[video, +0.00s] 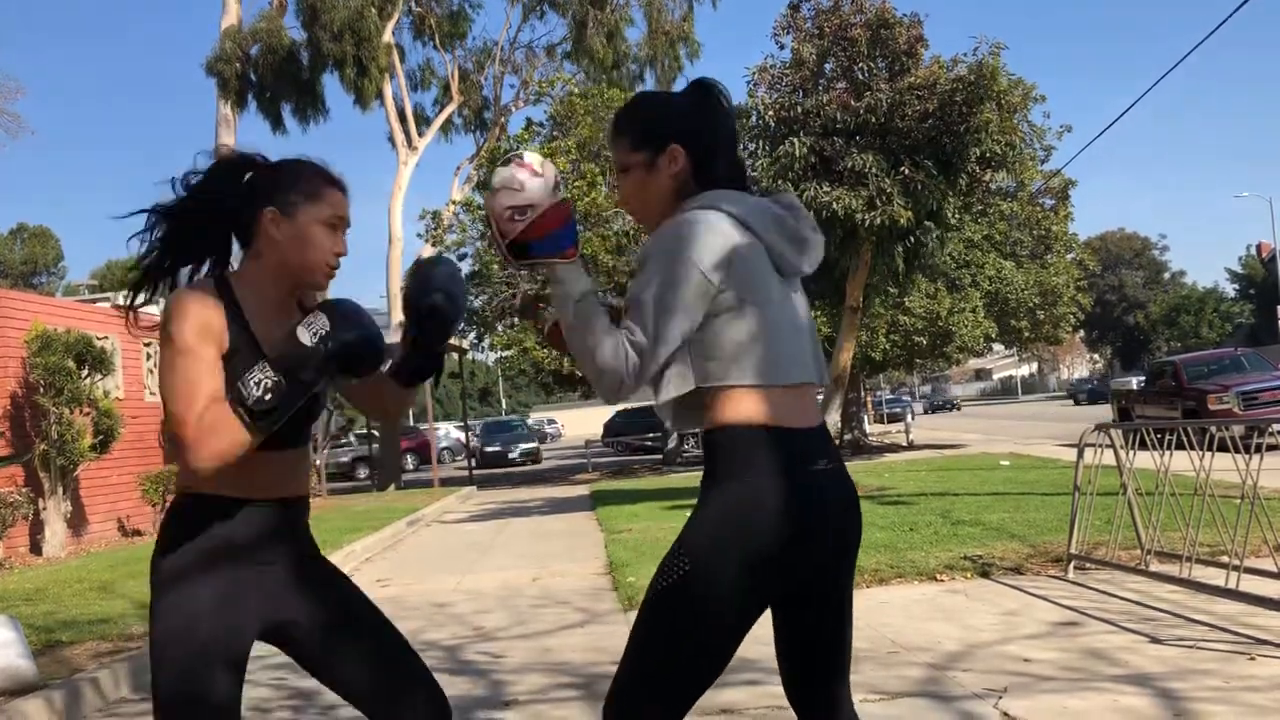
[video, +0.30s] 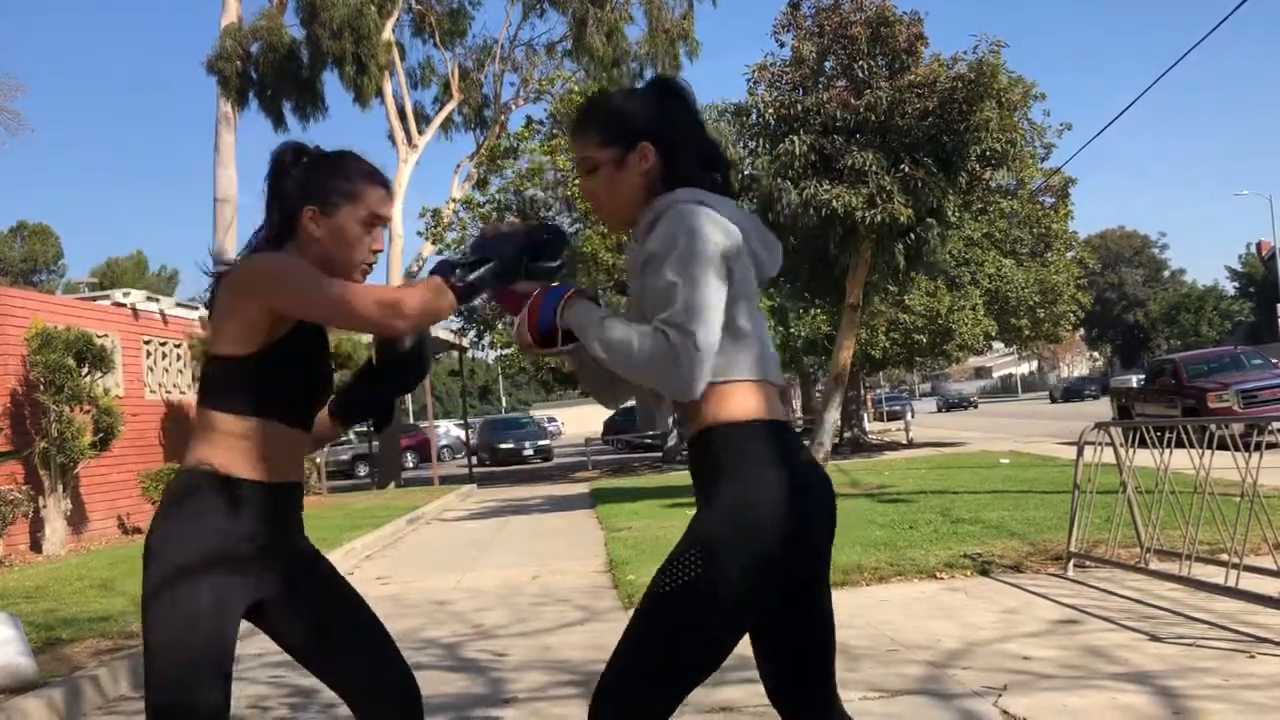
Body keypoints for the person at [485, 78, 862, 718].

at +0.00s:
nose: (617, 193)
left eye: (624, 173)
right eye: (615, 176)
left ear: (673, 163)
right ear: (676, 162)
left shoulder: (693, 233)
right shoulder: (765, 229)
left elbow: (619, 370)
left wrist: (564, 268)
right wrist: (590, 334)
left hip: (749, 498)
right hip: (824, 492)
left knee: (636, 706)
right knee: (825, 700)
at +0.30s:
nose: (584, 191)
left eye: (591, 170)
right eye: (580, 174)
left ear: (644, 160)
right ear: (642, 163)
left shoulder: (685, 223)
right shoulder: (677, 232)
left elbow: (681, 366)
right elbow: (643, 391)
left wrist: (572, 309)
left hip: (754, 490)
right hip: (782, 483)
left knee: (622, 704)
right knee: (810, 702)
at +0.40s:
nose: (546, 185)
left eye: (556, 164)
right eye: (541, 168)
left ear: (611, 153)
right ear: (605, 159)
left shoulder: (667, 218)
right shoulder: (624, 237)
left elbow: (682, 364)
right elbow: (627, 382)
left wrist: (571, 280)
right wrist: (549, 341)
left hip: (722, 488)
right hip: (699, 485)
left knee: (626, 706)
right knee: (763, 701)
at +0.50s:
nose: (515, 185)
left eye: (527, 163)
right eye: (506, 166)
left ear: (582, 150)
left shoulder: (653, 218)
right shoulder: (565, 251)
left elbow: (682, 383)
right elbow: (588, 391)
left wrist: (553, 320)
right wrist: (507, 396)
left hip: (693, 478)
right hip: (651, 480)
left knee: (621, 704)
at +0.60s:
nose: (497, 198)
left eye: (512, 174)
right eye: (486, 178)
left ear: (568, 161)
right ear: (477, 170)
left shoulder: (647, 238)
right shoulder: (511, 259)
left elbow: (681, 394)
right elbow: (439, 373)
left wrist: (553, 327)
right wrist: (374, 436)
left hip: (674, 491)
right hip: (602, 499)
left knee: (619, 709)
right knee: (492, 698)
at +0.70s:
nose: (503, 201)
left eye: (522, 176)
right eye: (486, 179)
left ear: (570, 164)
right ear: (473, 173)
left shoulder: (641, 247)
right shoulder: (473, 264)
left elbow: (673, 402)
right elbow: (386, 355)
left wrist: (564, 329)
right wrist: (298, 443)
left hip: (651, 506)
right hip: (564, 507)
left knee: (615, 710)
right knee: (436, 700)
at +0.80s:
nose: (540, 190)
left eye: (557, 163)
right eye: (515, 165)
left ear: (575, 156)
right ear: (477, 160)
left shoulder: (620, 250)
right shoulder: (438, 253)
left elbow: (656, 403)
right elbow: (313, 332)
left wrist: (578, 328)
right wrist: (225, 417)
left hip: (600, 504)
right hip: (494, 506)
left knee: (612, 708)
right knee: (401, 701)